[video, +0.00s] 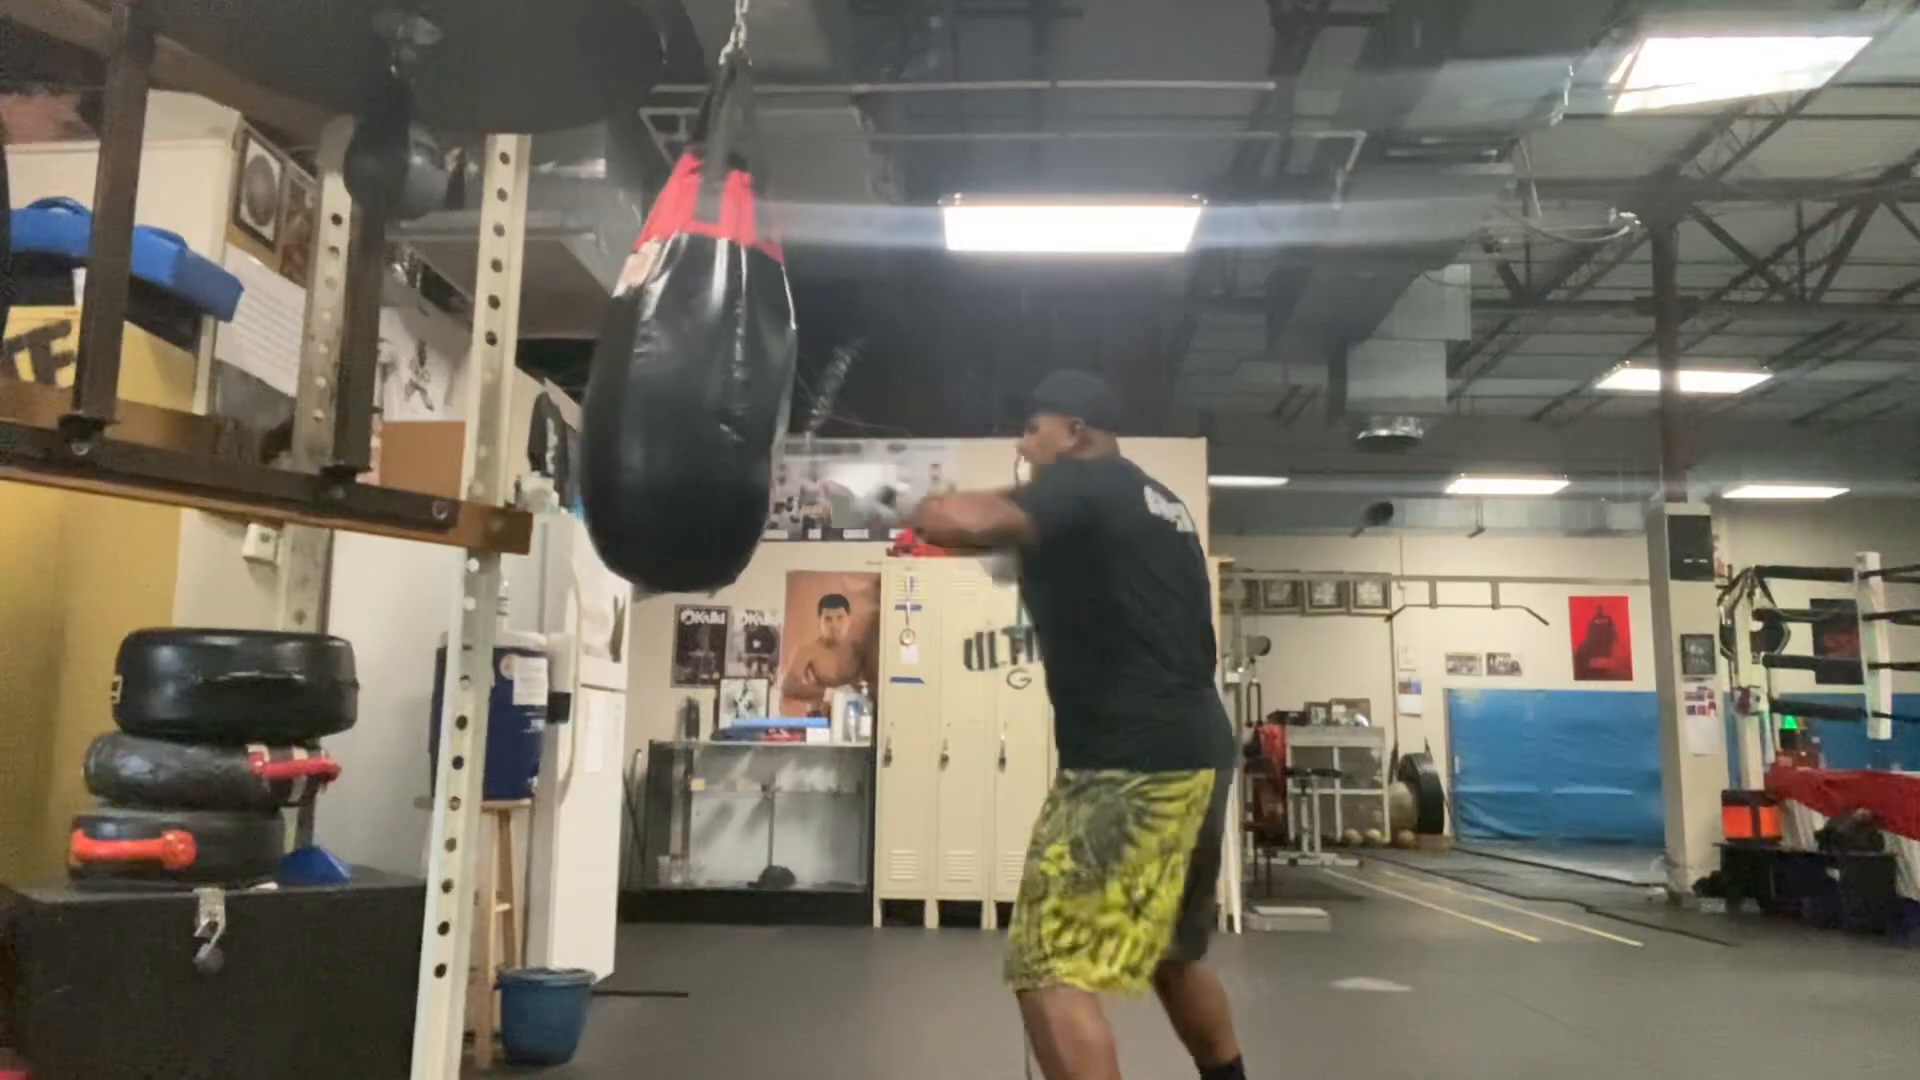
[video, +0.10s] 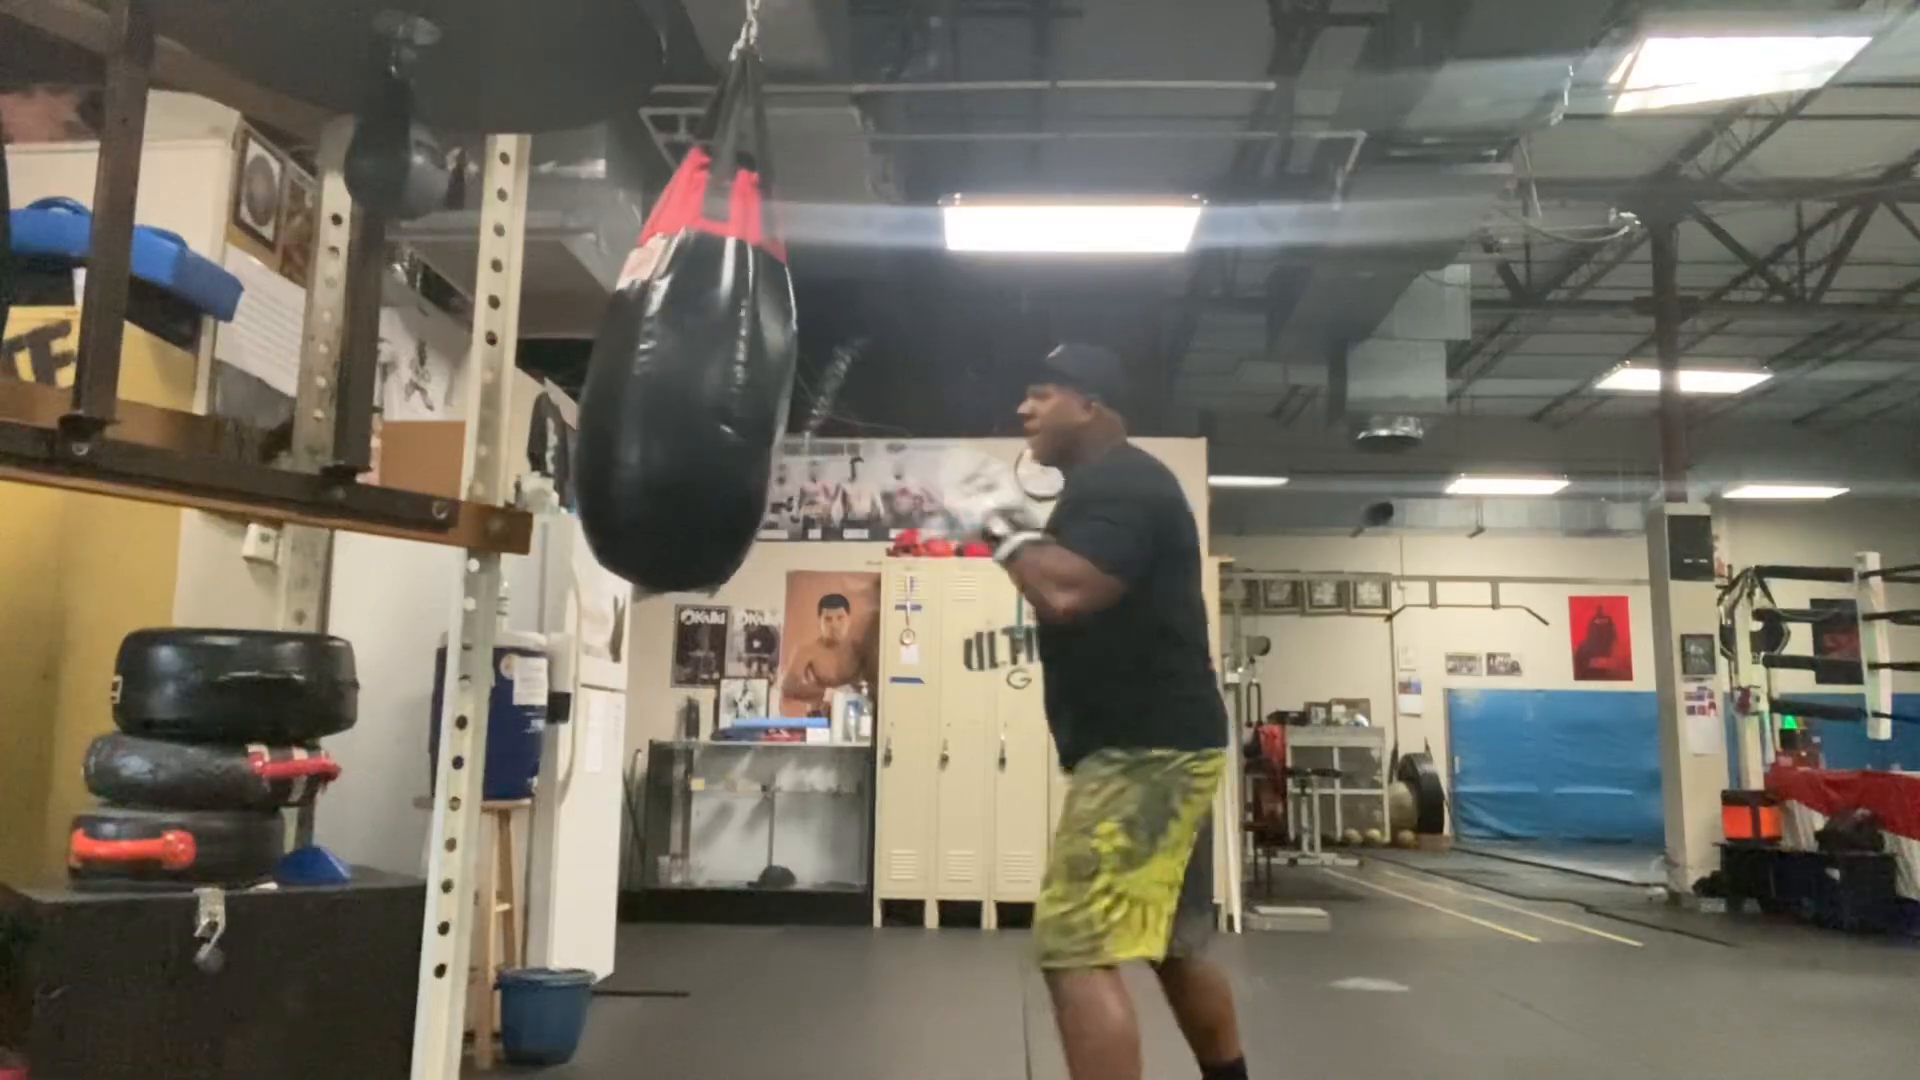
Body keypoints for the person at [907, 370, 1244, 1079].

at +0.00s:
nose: (1023, 446)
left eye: (1033, 429)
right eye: (1024, 431)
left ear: (1078, 430)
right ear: (1098, 434)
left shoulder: (1080, 486)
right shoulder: (1163, 501)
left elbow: (964, 519)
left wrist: (924, 507)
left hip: (1127, 757)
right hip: (1196, 751)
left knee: (1047, 966)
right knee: (1175, 954)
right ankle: (1228, 1074)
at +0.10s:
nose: (1022, 411)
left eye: (1038, 396)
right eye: (1027, 397)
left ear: (1090, 406)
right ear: (1089, 411)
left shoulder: (1121, 482)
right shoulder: (1108, 483)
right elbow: (1082, 578)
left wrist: (999, 531)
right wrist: (1022, 531)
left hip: (1141, 748)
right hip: (1164, 745)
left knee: (1073, 949)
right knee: (1177, 944)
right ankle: (1229, 1075)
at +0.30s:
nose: (1041, 415)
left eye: (1055, 402)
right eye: (1043, 402)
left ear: (1108, 404)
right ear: (1100, 407)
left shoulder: (1173, 479)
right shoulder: (1080, 483)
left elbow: (1134, 578)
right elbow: (989, 547)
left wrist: (1031, 511)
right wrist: (910, 535)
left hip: (1184, 744)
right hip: (1141, 745)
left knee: (1121, 944)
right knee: (1178, 940)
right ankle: (1226, 1070)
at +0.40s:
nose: (1052, 413)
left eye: (1067, 398)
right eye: (1055, 398)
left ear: (1118, 403)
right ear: (1105, 406)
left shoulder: (1179, 479)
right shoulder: (1096, 489)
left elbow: (1125, 581)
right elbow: (1037, 591)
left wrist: (1036, 500)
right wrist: (954, 591)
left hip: (1190, 747)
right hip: (1147, 745)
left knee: (1125, 943)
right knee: (1187, 939)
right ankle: (1255, 1071)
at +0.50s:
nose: (1065, 428)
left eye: (1080, 414)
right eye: (1068, 413)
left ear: (1127, 419)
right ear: (1122, 422)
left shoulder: (1175, 492)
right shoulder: (1131, 504)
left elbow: (1104, 590)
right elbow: (1093, 614)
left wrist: (1041, 502)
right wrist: (1012, 606)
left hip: (1187, 753)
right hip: (1198, 751)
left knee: (1110, 946)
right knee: (1211, 952)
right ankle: (1275, 1072)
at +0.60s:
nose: (1068, 429)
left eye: (1081, 415)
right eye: (1071, 415)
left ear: (1128, 419)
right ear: (1135, 423)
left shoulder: (1150, 492)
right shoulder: (1174, 486)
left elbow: (1093, 608)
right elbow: (1104, 593)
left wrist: (1027, 534)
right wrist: (1032, 562)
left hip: (1189, 750)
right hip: (1234, 746)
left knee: (1097, 945)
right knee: (1222, 952)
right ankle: (1278, 1071)